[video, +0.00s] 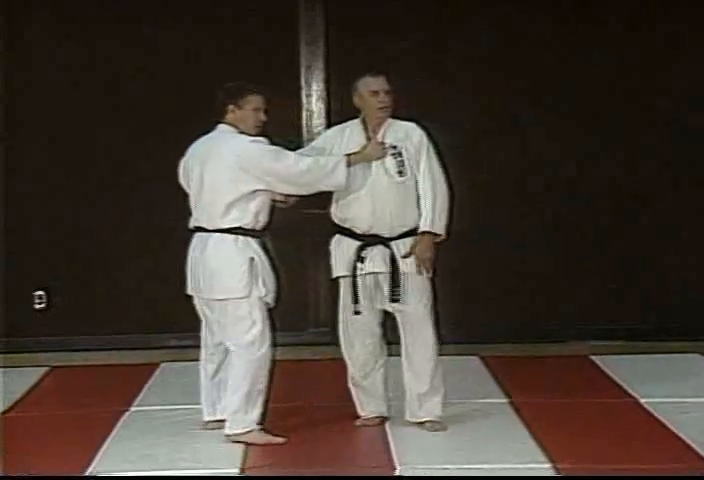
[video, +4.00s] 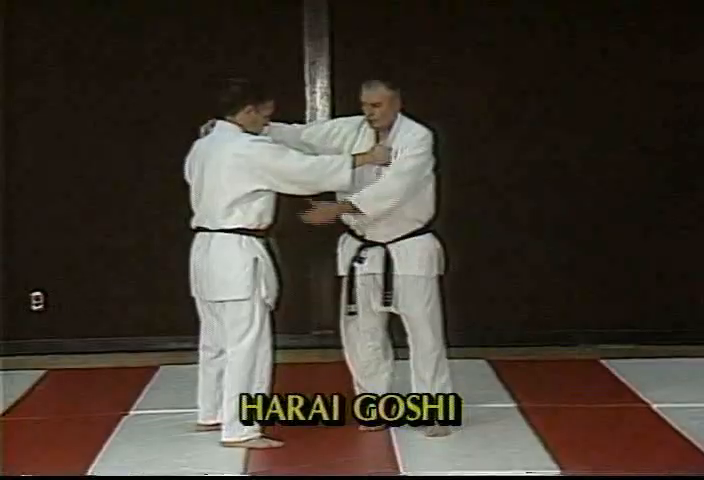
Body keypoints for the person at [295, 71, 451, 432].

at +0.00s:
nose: (384, 99)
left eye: (387, 93)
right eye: (375, 94)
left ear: (392, 98)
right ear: (357, 99)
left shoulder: (411, 136)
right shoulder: (337, 138)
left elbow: (434, 186)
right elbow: (297, 165)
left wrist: (428, 234)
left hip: (405, 246)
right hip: (354, 249)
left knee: (419, 332)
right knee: (359, 334)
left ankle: (425, 410)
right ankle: (370, 409)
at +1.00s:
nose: (356, 99)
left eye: (363, 93)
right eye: (352, 94)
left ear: (384, 96)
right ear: (349, 99)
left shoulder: (411, 133)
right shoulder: (337, 136)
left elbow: (435, 186)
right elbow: (294, 161)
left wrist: (428, 238)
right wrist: (274, 184)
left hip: (406, 246)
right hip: (354, 248)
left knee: (419, 331)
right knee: (359, 333)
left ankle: (428, 413)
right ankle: (372, 413)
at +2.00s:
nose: (360, 112)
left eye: (367, 105)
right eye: (355, 106)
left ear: (386, 101)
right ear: (350, 105)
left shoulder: (415, 135)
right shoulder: (340, 132)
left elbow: (436, 191)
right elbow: (292, 143)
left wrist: (427, 244)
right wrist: (244, 142)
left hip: (405, 248)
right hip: (353, 248)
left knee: (418, 334)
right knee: (359, 335)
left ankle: (429, 413)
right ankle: (373, 413)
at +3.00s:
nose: (366, 112)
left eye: (372, 106)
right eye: (361, 106)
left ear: (391, 103)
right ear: (356, 105)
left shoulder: (418, 137)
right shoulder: (345, 134)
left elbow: (439, 194)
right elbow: (297, 144)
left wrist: (431, 247)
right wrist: (246, 142)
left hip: (408, 248)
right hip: (358, 247)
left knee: (420, 327)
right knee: (360, 327)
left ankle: (429, 407)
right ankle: (372, 405)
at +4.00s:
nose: (370, 113)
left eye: (377, 106)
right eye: (366, 107)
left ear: (397, 104)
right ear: (361, 106)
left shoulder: (416, 138)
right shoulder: (351, 131)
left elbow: (393, 189)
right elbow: (302, 135)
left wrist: (339, 209)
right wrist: (245, 127)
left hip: (409, 247)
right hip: (361, 246)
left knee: (423, 332)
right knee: (361, 330)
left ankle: (435, 411)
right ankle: (373, 406)